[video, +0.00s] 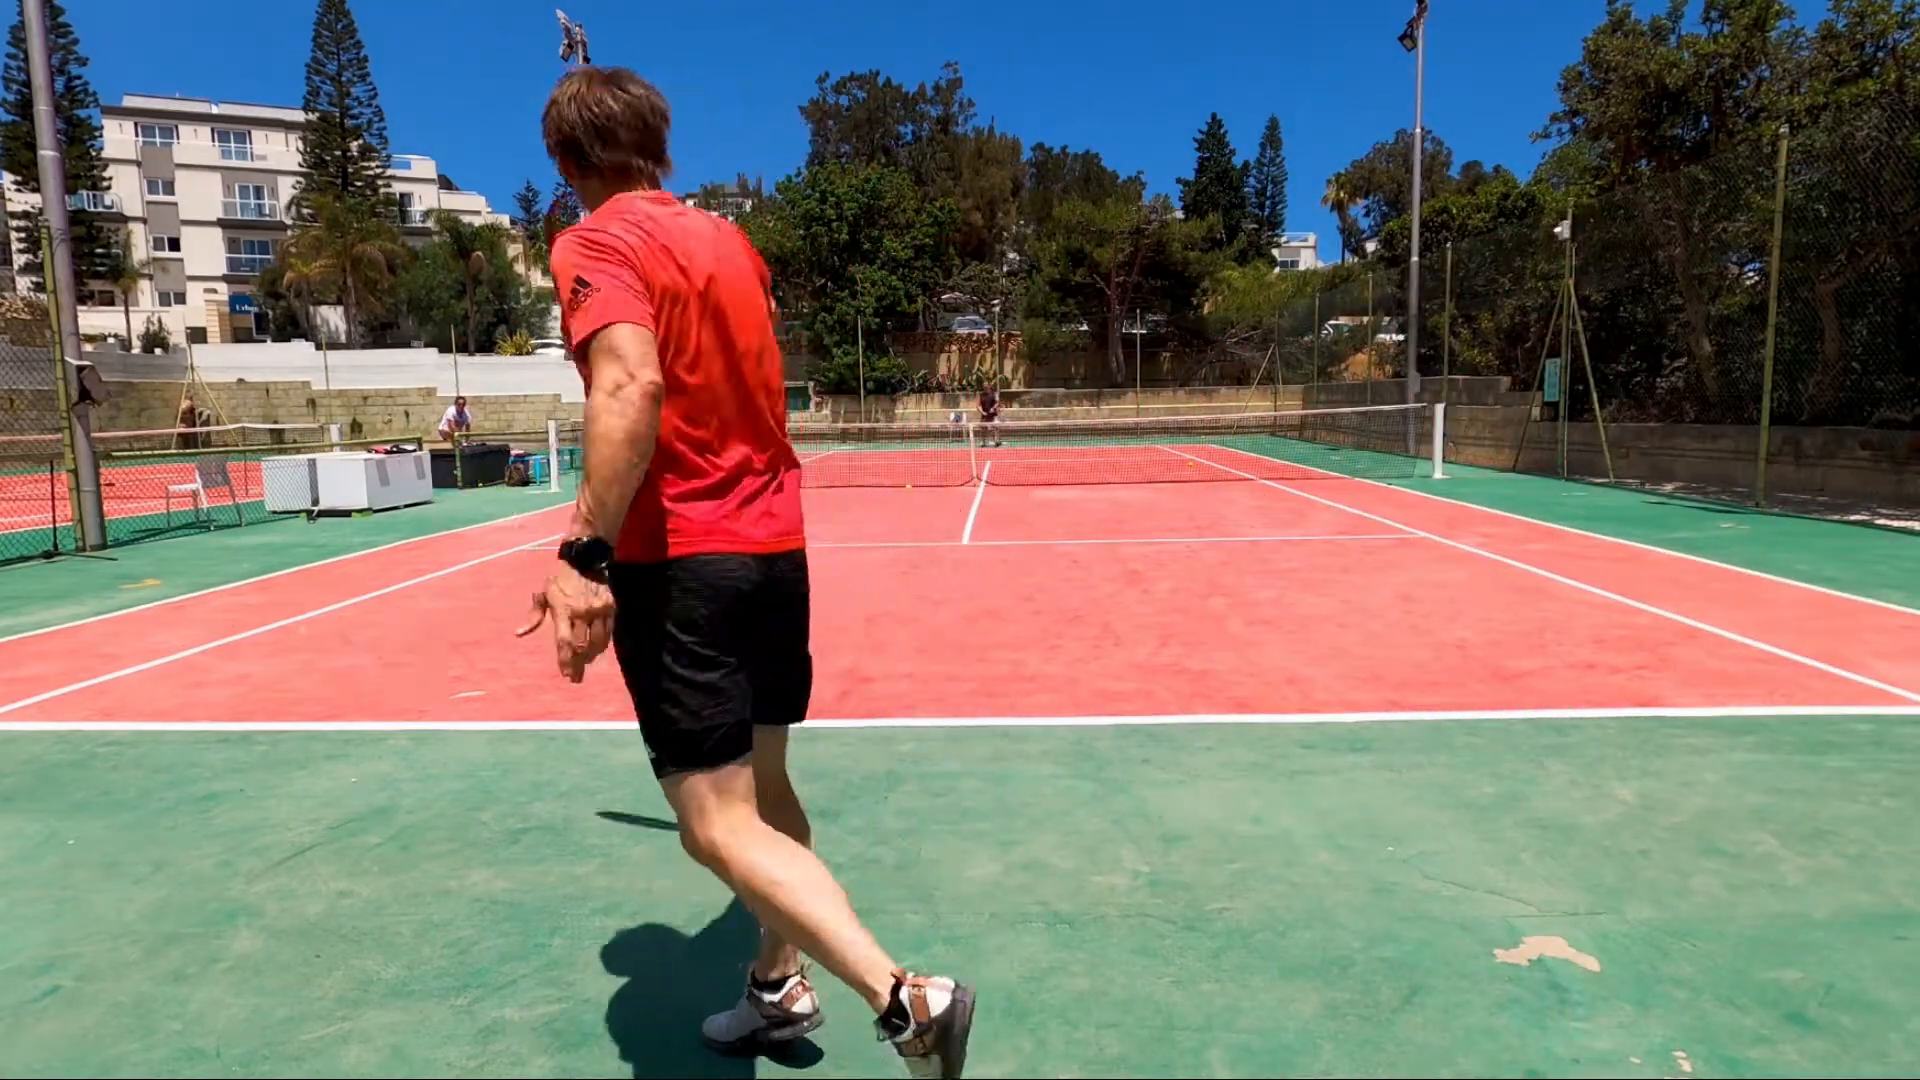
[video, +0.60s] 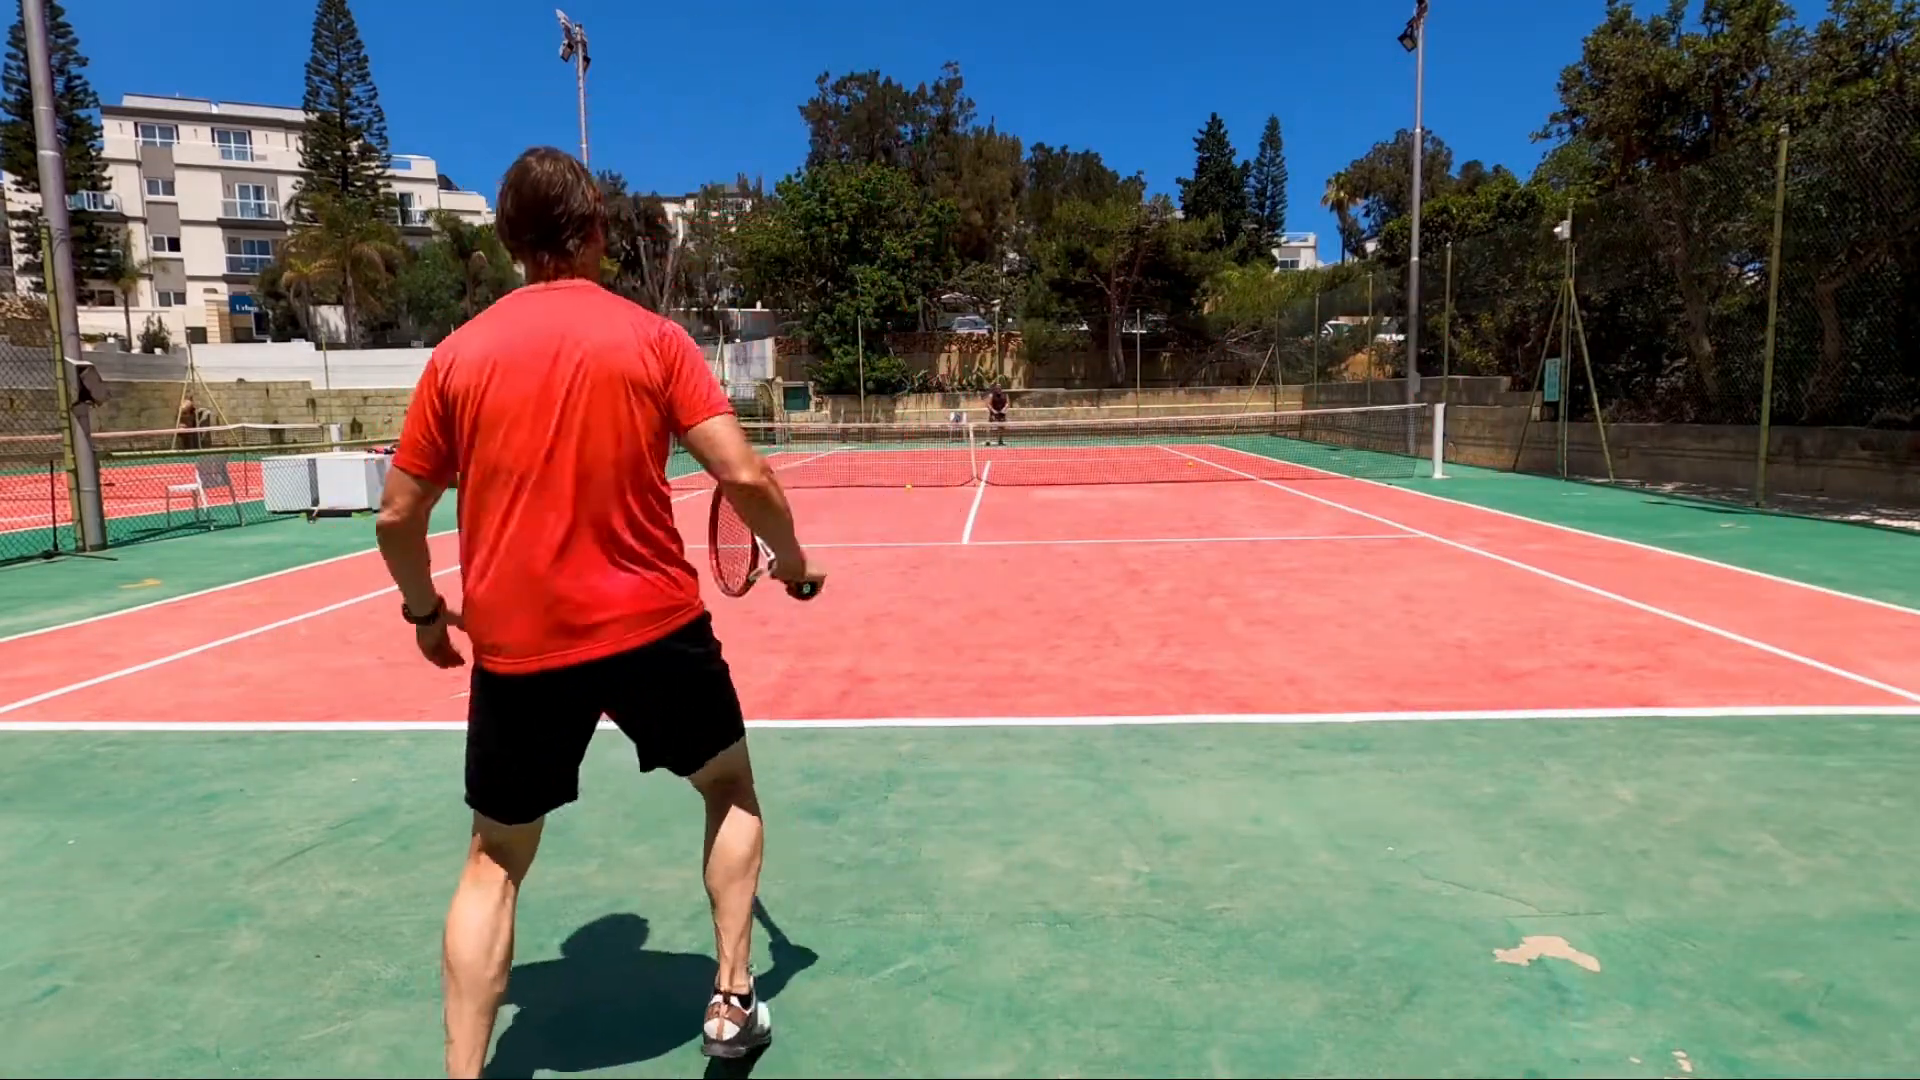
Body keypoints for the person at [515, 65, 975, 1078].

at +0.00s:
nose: (561, 179)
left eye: (558, 165)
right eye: (564, 165)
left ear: (570, 162)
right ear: (658, 148)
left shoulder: (596, 242)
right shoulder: (729, 239)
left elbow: (630, 384)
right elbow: (750, 396)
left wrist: (585, 551)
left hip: (683, 567)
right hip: (776, 558)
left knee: (717, 825)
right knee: (766, 781)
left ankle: (902, 997)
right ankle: (778, 992)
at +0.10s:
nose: (531, 193)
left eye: (529, 180)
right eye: (533, 180)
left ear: (546, 181)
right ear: (628, 163)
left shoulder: (572, 263)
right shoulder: (712, 236)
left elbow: (568, 376)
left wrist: (467, 535)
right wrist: (864, 172)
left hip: (651, 581)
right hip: (752, 572)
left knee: (665, 820)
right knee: (748, 774)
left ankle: (824, 999)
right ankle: (782, 1000)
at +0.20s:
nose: (514, 214)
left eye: (513, 201)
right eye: (519, 199)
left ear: (526, 202)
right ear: (606, 179)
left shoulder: (543, 289)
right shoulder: (692, 251)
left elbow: (488, 412)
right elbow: (817, 213)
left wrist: (360, 551)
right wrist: (902, 146)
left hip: (629, 598)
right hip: (738, 585)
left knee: (599, 825)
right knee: (743, 787)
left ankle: (692, 1057)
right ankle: (790, 997)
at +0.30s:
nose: (499, 211)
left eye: (490, 200)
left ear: (496, 209)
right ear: (578, 185)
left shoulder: (496, 309)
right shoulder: (670, 261)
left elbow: (405, 457)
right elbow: (811, 266)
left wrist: (285, 599)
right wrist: (919, 222)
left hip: (601, 602)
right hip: (720, 588)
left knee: (554, 833)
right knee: (739, 789)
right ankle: (783, 995)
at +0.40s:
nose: (546, 232)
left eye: (491, 228)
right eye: (554, 217)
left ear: (473, 247)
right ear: (562, 224)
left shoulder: (449, 360)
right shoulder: (645, 307)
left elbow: (357, 516)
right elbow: (799, 355)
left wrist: (261, 653)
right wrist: (909, 346)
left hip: (558, 638)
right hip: (690, 617)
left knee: (503, 851)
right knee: (721, 794)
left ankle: (464, 1069)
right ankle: (756, 998)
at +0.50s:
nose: (583, 265)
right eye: (580, 253)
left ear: (483, 272)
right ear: (570, 258)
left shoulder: (445, 386)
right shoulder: (640, 350)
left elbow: (363, 546)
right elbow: (775, 445)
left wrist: (321, 649)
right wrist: (866, 469)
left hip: (518, 666)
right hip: (652, 647)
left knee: (482, 865)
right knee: (718, 794)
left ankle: (456, 1071)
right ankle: (732, 1002)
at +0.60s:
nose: (604, 237)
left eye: (597, 227)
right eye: (602, 226)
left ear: (508, 242)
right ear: (593, 232)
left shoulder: (461, 355)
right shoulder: (647, 336)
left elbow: (397, 518)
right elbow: (745, 478)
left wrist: (423, 609)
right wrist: (792, 561)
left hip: (520, 643)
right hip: (650, 625)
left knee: (495, 855)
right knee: (727, 787)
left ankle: (464, 1068)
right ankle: (731, 1002)